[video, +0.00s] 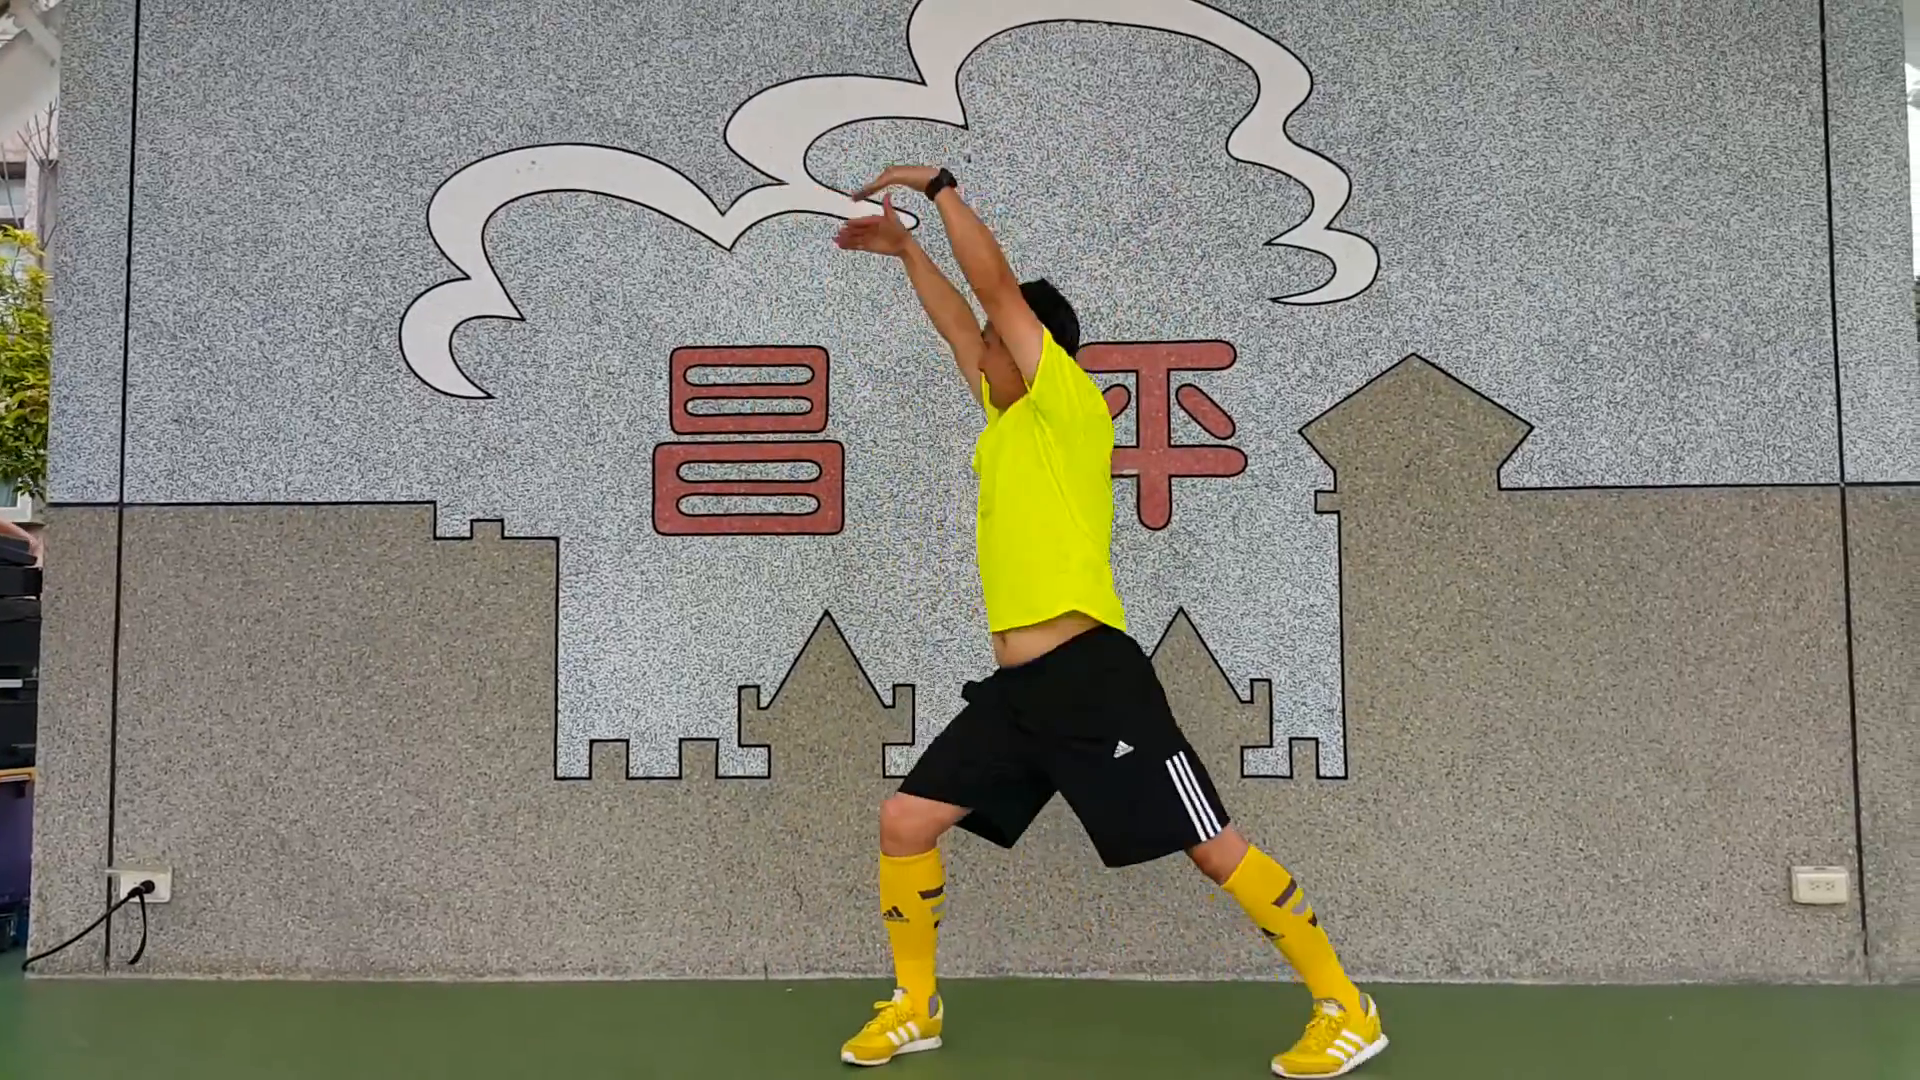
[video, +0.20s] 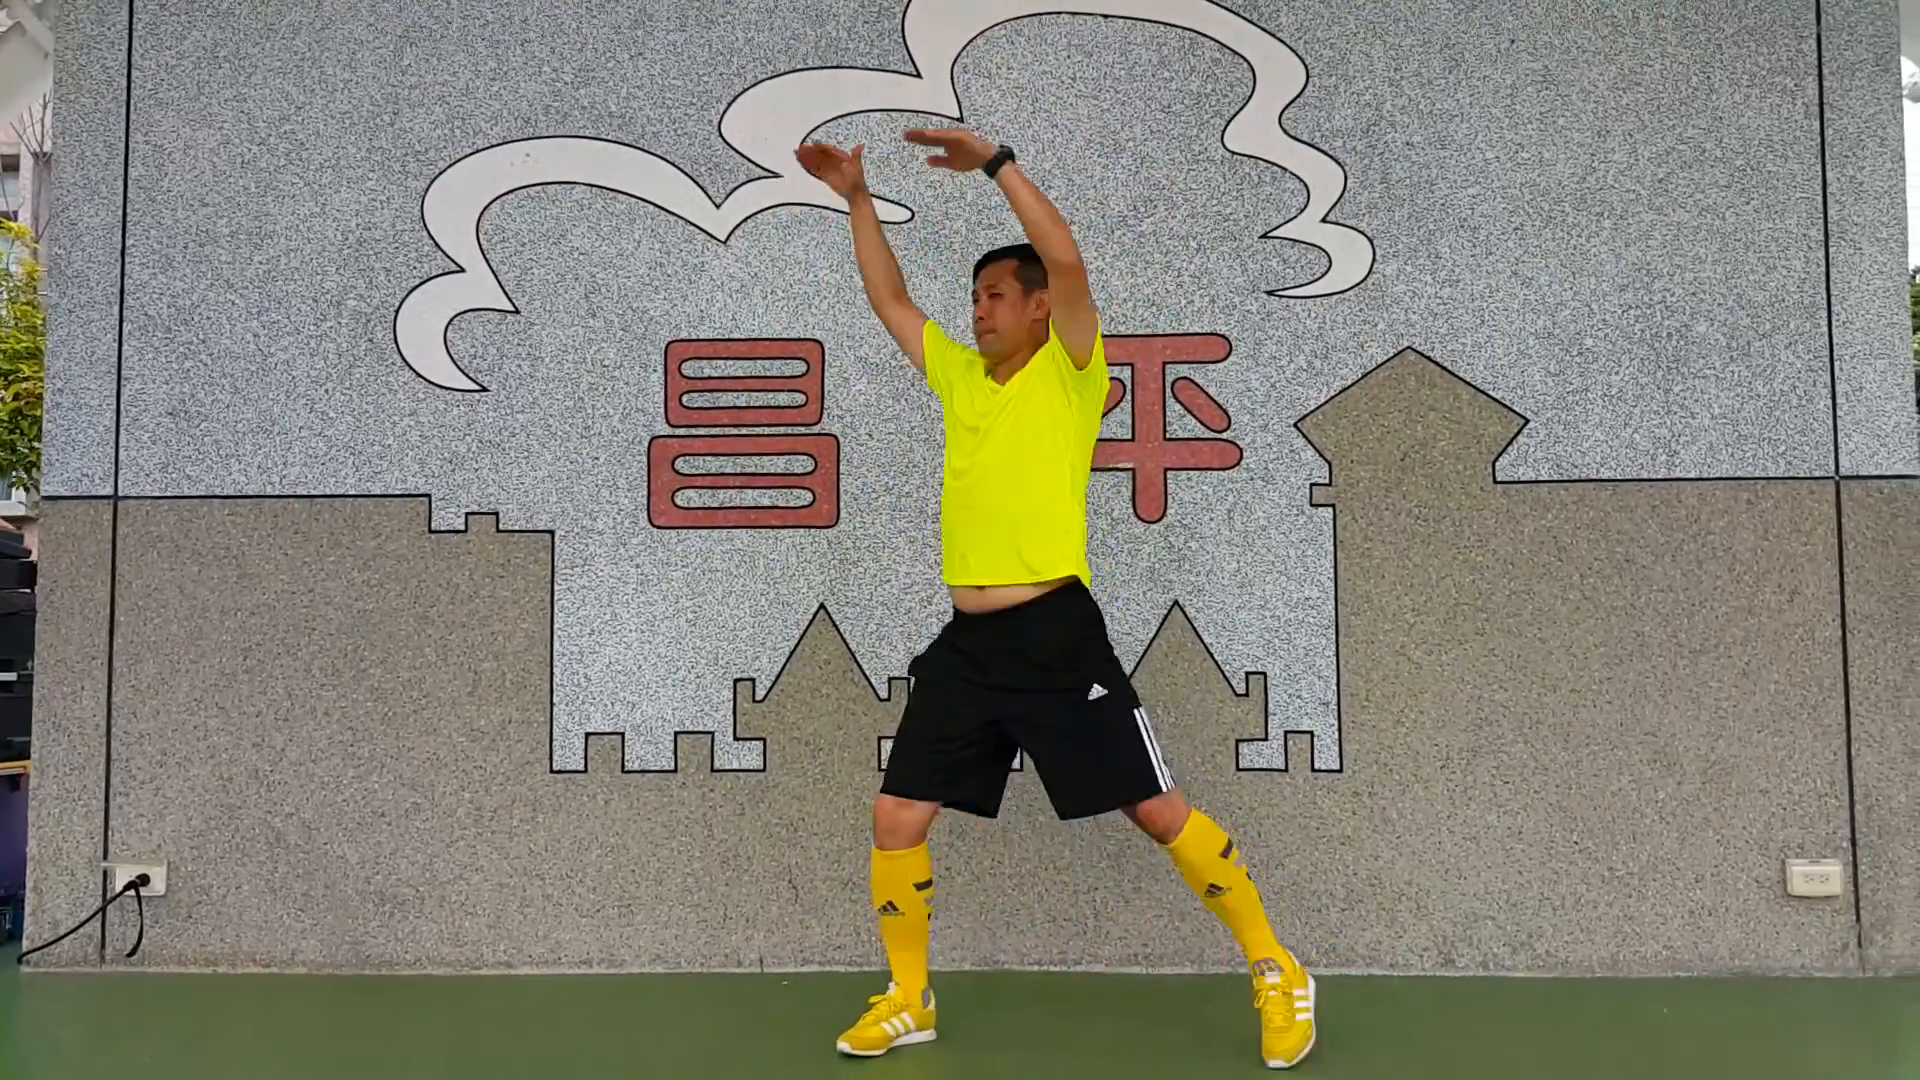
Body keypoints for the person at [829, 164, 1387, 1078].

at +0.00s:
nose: (985, 354)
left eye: (1001, 335)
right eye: (985, 340)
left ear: (1045, 339)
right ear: (1002, 355)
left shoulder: (1074, 406)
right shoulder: (1008, 420)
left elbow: (1000, 294)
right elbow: (959, 330)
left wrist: (938, 189)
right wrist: (902, 247)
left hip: (1097, 675)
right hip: (1015, 689)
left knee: (1216, 848)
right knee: (907, 821)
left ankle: (1347, 1008)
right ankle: (913, 1006)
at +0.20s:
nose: (978, 310)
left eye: (994, 297)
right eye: (976, 298)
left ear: (1041, 305)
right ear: (977, 311)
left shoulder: (1072, 373)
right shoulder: (961, 378)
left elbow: (1064, 263)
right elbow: (890, 300)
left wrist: (997, 162)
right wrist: (856, 197)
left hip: (1059, 635)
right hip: (966, 644)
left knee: (1158, 811)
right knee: (896, 817)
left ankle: (1275, 970)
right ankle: (909, 999)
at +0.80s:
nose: (984, 285)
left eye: (999, 271)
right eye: (969, 272)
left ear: (1024, 285)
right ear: (948, 288)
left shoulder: (1064, 356)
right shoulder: (906, 356)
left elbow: (1144, 277)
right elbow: (812, 283)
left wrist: (1164, 176)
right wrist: (776, 177)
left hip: (1028, 615)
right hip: (925, 616)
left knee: (1113, 789)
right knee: (856, 796)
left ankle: (1126, 967)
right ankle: (851, 968)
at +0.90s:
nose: (984, 331)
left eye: (998, 317)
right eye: (967, 320)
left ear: (1025, 328)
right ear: (946, 336)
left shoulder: (1053, 400)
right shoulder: (918, 399)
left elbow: (1092, 289)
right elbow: (857, 288)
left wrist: (1133, 185)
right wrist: (802, 189)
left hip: (1034, 664)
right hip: (925, 666)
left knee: (1135, 804)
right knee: (837, 816)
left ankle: (1128, 971)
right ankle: (849, 965)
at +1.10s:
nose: (980, 334)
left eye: (994, 321)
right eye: (963, 324)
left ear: (1021, 337)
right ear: (944, 343)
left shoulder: (1050, 405)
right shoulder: (914, 405)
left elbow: (1095, 296)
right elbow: (850, 300)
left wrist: (1120, 195)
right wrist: (808, 201)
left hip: (1031, 657)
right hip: (924, 660)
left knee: (1130, 801)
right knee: (838, 808)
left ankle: (1127, 967)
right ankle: (848, 961)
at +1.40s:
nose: (975, 241)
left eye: (991, 229)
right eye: (960, 231)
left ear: (1015, 247)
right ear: (939, 252)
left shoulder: (1053, 333)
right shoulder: (904, 338)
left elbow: (1137, 403)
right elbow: (803, 395)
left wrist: (1160, 314)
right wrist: (780, 298)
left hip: (1024, 579)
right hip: (921, 580)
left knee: (1068, 765)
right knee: (887, 764)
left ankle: (1122, 949)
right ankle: (848, 951)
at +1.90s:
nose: (976, 345)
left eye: (991, 331)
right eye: (961, 332)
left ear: (1017, 341)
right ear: (941, 345)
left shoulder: (1048, 404)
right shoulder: (914, 411)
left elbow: (1079, 287)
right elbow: (864, 298)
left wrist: (1107, 184)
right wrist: (818, 198)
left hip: (1038, 670)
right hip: (929, 674)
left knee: (1133, 816)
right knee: (833, 816)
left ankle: (1125, 961)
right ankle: (847, 958)